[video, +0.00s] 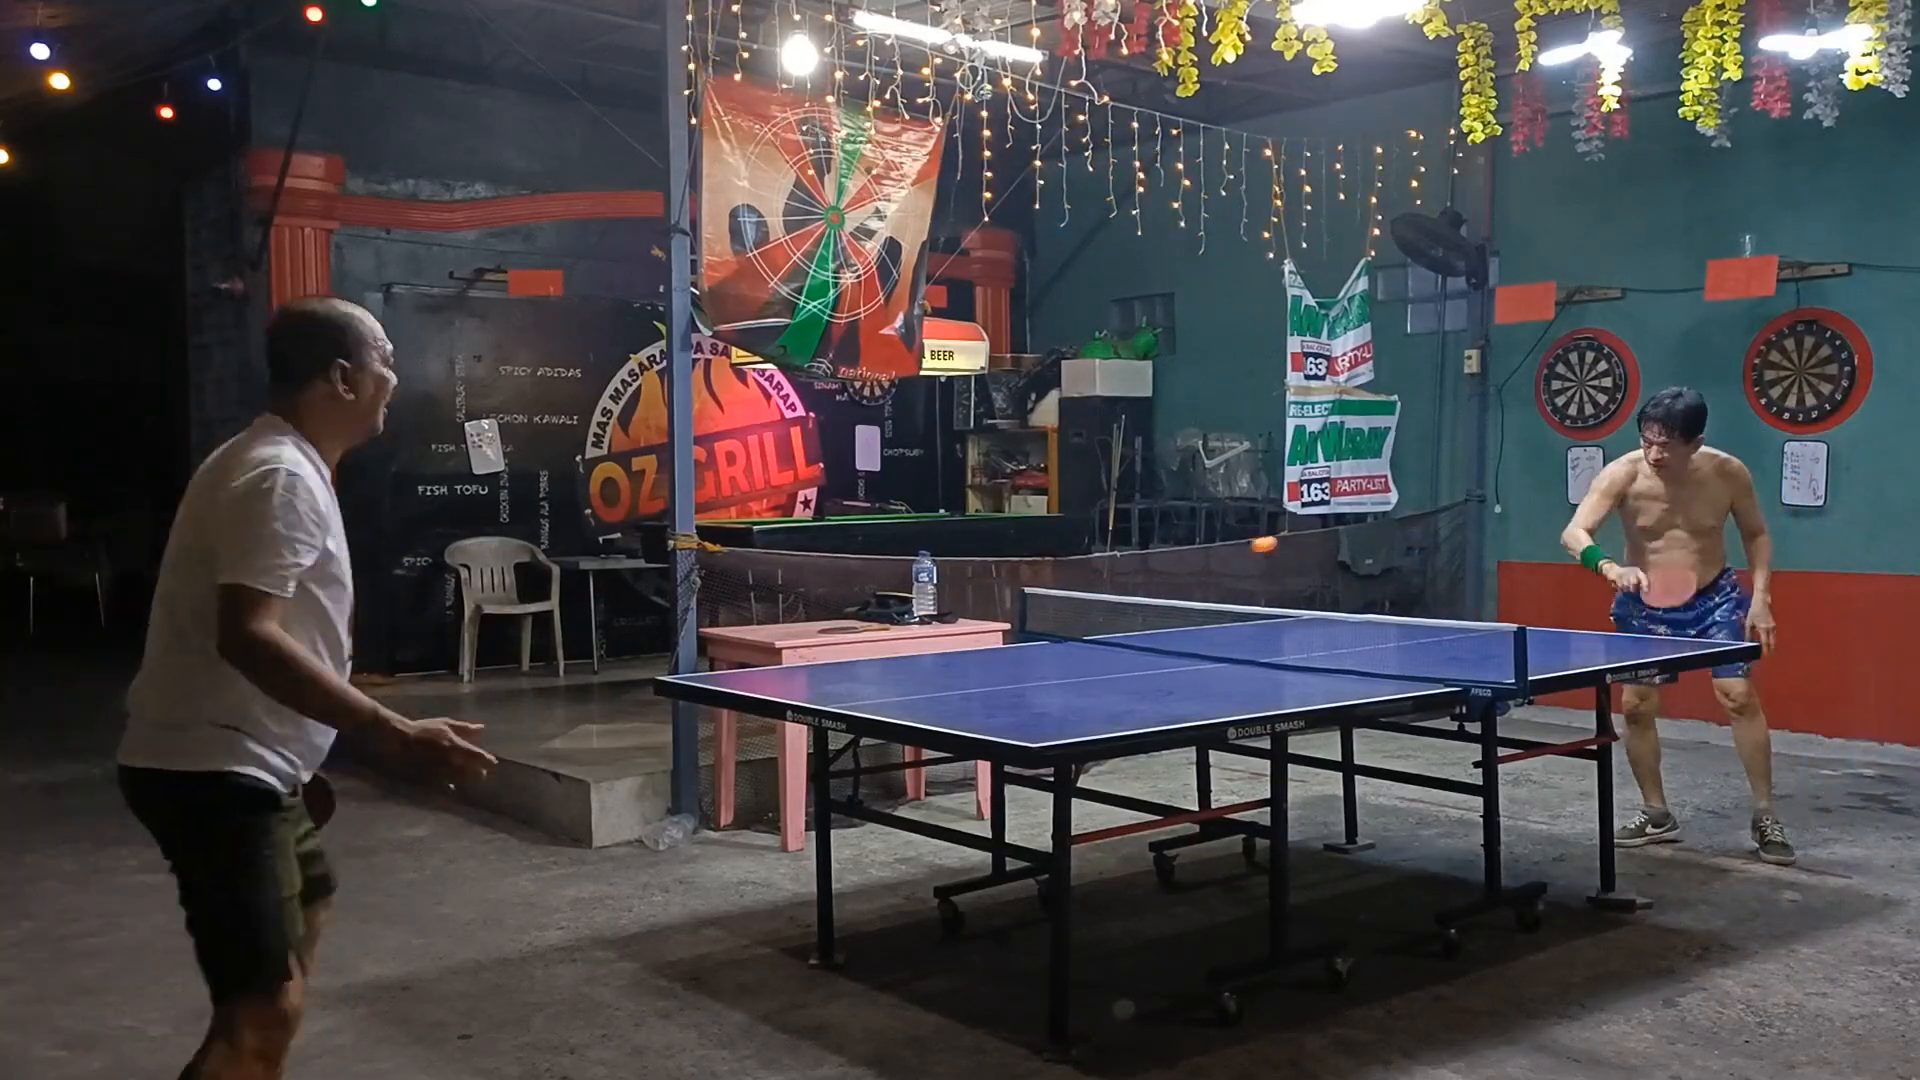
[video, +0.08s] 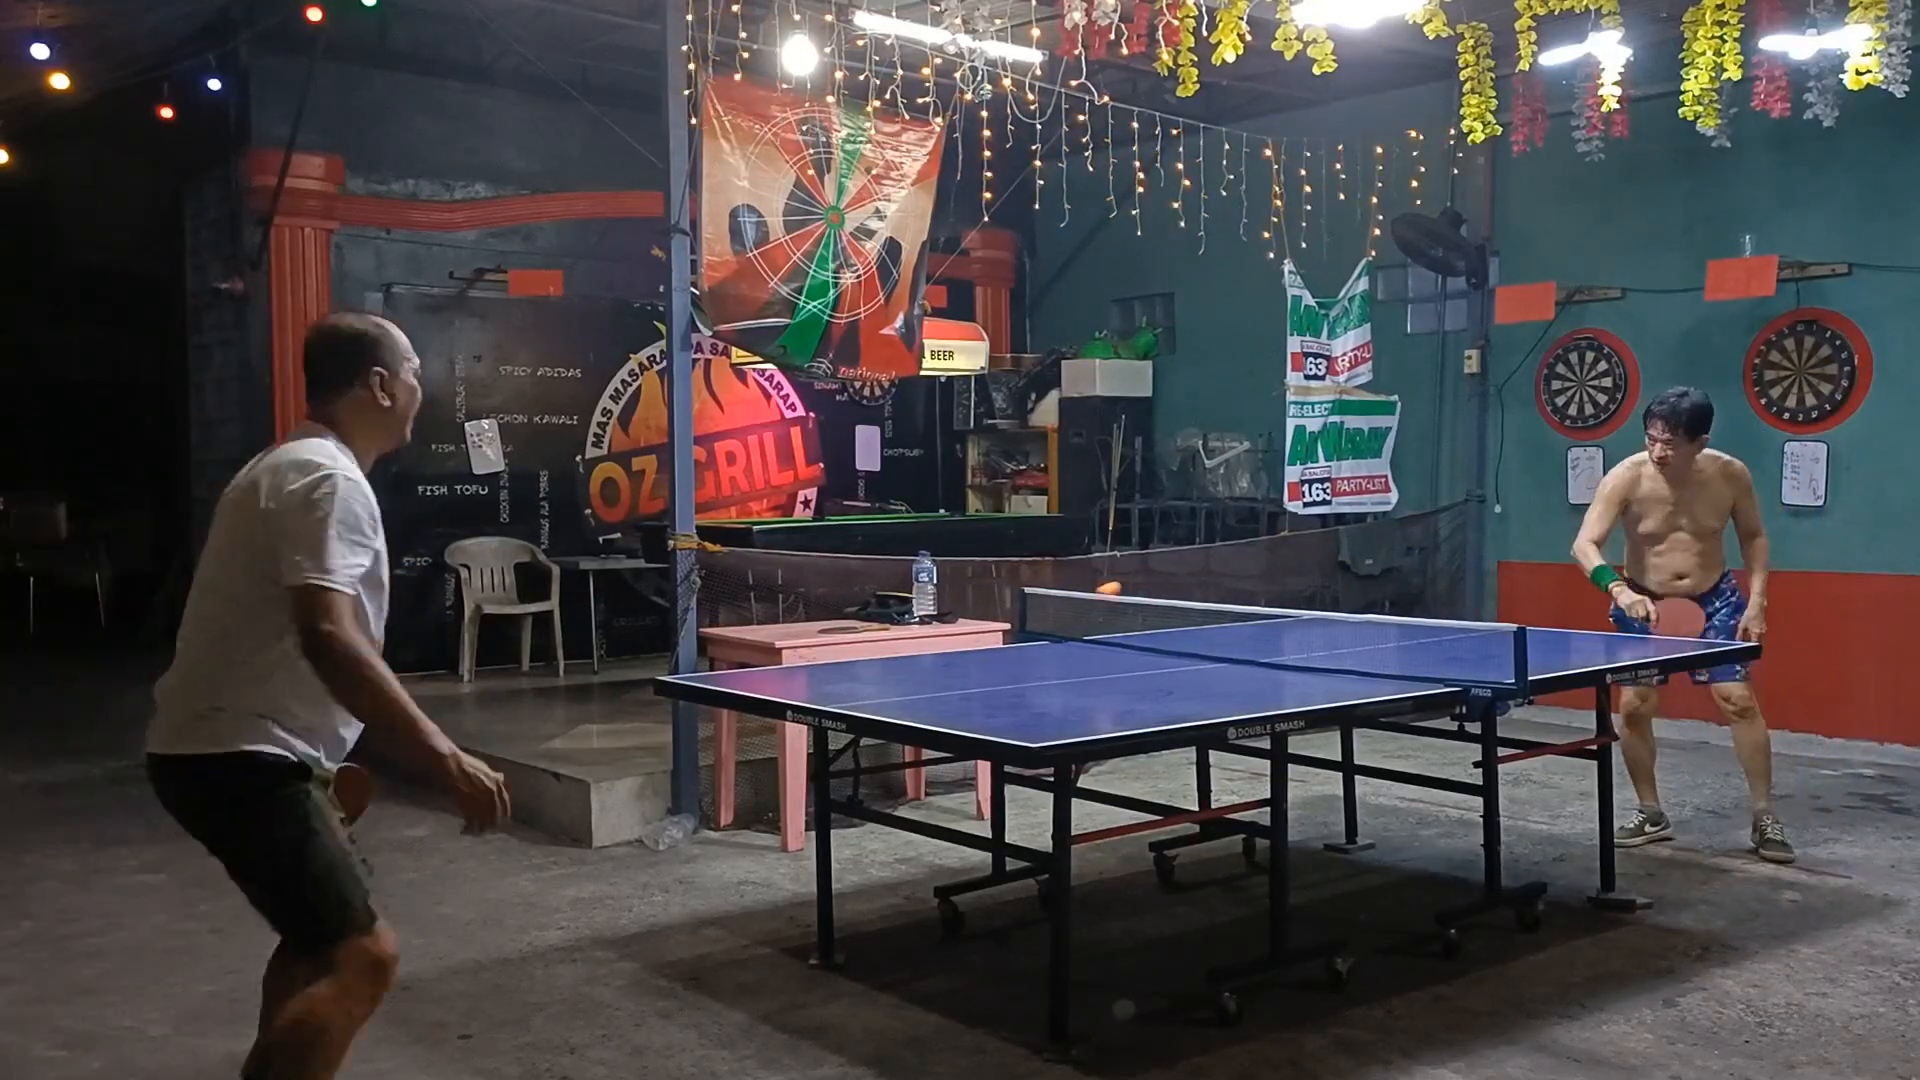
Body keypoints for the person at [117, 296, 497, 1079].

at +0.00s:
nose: (393, 382)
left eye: (390, 365)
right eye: (384, 365)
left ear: (325, 380)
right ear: (342, 379)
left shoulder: (268, 460)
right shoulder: (278, 473)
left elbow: (221, 642)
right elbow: (247, 634)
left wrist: (284, 764)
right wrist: (400, 734)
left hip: (229, 760)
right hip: (210, 768)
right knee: (263, 1012)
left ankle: (248, 1053)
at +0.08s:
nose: (420, 391)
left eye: (417, 375)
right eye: (413, 374)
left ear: (337, 389)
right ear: (380, 384)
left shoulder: (273, 470)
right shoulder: (329, 479)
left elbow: (252, 642)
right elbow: (331, 635)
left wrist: (319, 762)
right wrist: (449, 760)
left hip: (203, 745)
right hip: (241, 752)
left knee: (315, 943)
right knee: (361, 959)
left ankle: (274, 1063)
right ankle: (279, 1068)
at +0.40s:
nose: (444, 461)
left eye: (442, 449)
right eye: (444, 449)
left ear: (368, 450)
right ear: (430, 446)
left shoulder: (312, 526)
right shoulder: (408, 501)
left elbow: (295, 639)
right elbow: (425, 587)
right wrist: (517, 681)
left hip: (268, 759)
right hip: (340, 756)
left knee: (356, 891)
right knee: (424, 952)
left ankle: (390, 1015)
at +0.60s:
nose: (424, 501)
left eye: (420, 492)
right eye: (422, 491)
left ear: (355, 498)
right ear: (409, 487)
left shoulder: (339, 551)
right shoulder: (392, 516)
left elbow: (407, 658)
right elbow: (388, 573)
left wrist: (502, 657)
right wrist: (455, 642)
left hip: (292, 742)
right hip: (363, 733)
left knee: (394, 868)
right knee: (394, 924)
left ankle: (385, 990)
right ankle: (377, 1069)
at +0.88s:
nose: (428, 448)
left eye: (427, 436)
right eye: (425, 436)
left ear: (361, 436)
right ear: (397, 432)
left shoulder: (324, 492)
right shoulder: (394, 462)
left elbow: (336, 621)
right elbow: (390, 539)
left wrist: (408, 713)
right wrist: (454, 646)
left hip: (262, 665)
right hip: (322, 664)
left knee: (348, 829)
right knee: (400, 858)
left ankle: (333, 991)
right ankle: (333, 1061)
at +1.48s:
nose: (408, 384)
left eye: (404, 370)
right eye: (397, 370)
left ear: (345, 380)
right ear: (354, 379)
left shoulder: (323, 447)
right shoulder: (319, 445)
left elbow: (301, 588)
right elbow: (296, 580)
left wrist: (362, 703)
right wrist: (375, 689)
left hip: (293, 694)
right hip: (269, 697)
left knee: (361, 853)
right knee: (334, 897)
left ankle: (295, 1029)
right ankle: (269, 1064)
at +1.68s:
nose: (416, 451)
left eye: (415, 436)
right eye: (404, 436)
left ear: (353, 444)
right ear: (348, 442)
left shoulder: (364, 533)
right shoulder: (266, 518)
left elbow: (355, 651)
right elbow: (233, 663)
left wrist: (397, 723)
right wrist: (317, 779)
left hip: (290, 745)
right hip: (208, 747)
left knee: (371, 871)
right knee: (321, 919)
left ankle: (293, 1034)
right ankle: (257, 1069)